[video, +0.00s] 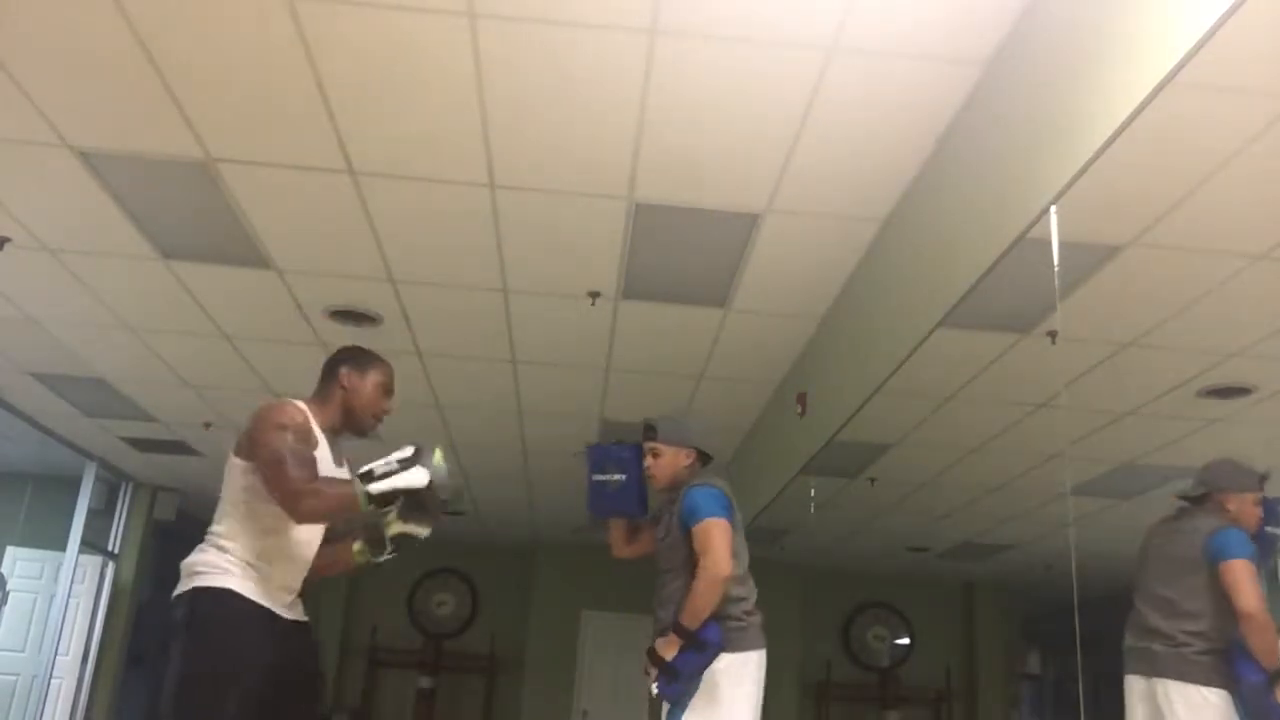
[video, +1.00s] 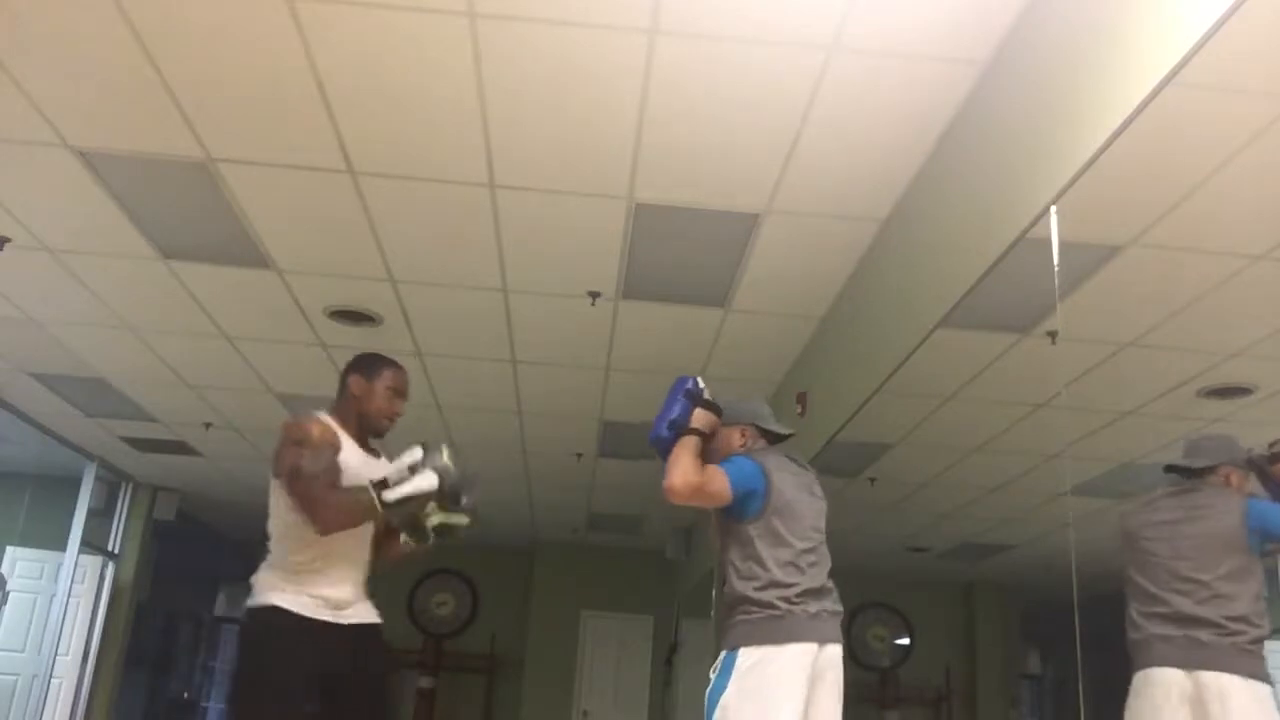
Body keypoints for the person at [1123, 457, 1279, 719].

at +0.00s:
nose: (1261, 514)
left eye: (1261, 504)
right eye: (1255, 503)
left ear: (1207, 500)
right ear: (1227, 501)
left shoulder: (1161, 529)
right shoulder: (1227, 535)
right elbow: (1250, 612)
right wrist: (1276, 669)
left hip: (1138, 671)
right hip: (1192, 676)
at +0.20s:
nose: (1233, 504)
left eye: (1232, 494)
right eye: (1228, 495)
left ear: (1179, 495)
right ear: (1201, 494)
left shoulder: (1135, 531)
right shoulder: (1208, 532)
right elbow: (1242, 610)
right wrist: (1271, 664)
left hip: (1131, 680)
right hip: (1190, 684)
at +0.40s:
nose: (1200, 502)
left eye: (1199, 494)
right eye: (1195, 494)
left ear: (1147, 495)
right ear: (1171, 495)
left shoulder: (1104, 533)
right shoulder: (1178, 530)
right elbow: (1212, 603)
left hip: (1111, 686)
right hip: (1173, 687)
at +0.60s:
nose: (1191, 495)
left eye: (1192, 487)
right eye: (1188, 487)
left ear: (1136, 485)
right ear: (1165, 486)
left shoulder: (1098, 527)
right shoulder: (1170, 520)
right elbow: (1259, 554)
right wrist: (1252, 503)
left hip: (1104, 678)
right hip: (1171, 677)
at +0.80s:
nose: (1216, 491)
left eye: (1217, 484)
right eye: (1214, 483)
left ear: (1158, 481)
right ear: (1198, 482)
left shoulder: (1114, 525)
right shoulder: (1211, 517)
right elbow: (1276, 537)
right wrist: (1268, 488)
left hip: (1128, 682)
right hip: (1203, 684)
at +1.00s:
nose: (1247, 484)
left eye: (1248, 476)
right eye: (1245, 476)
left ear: (1186, 474)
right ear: (1229, 477)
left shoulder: (1135, 515)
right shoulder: (1247, 511)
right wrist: (1251, 491)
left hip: (1155, 676)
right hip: (1236, 677)